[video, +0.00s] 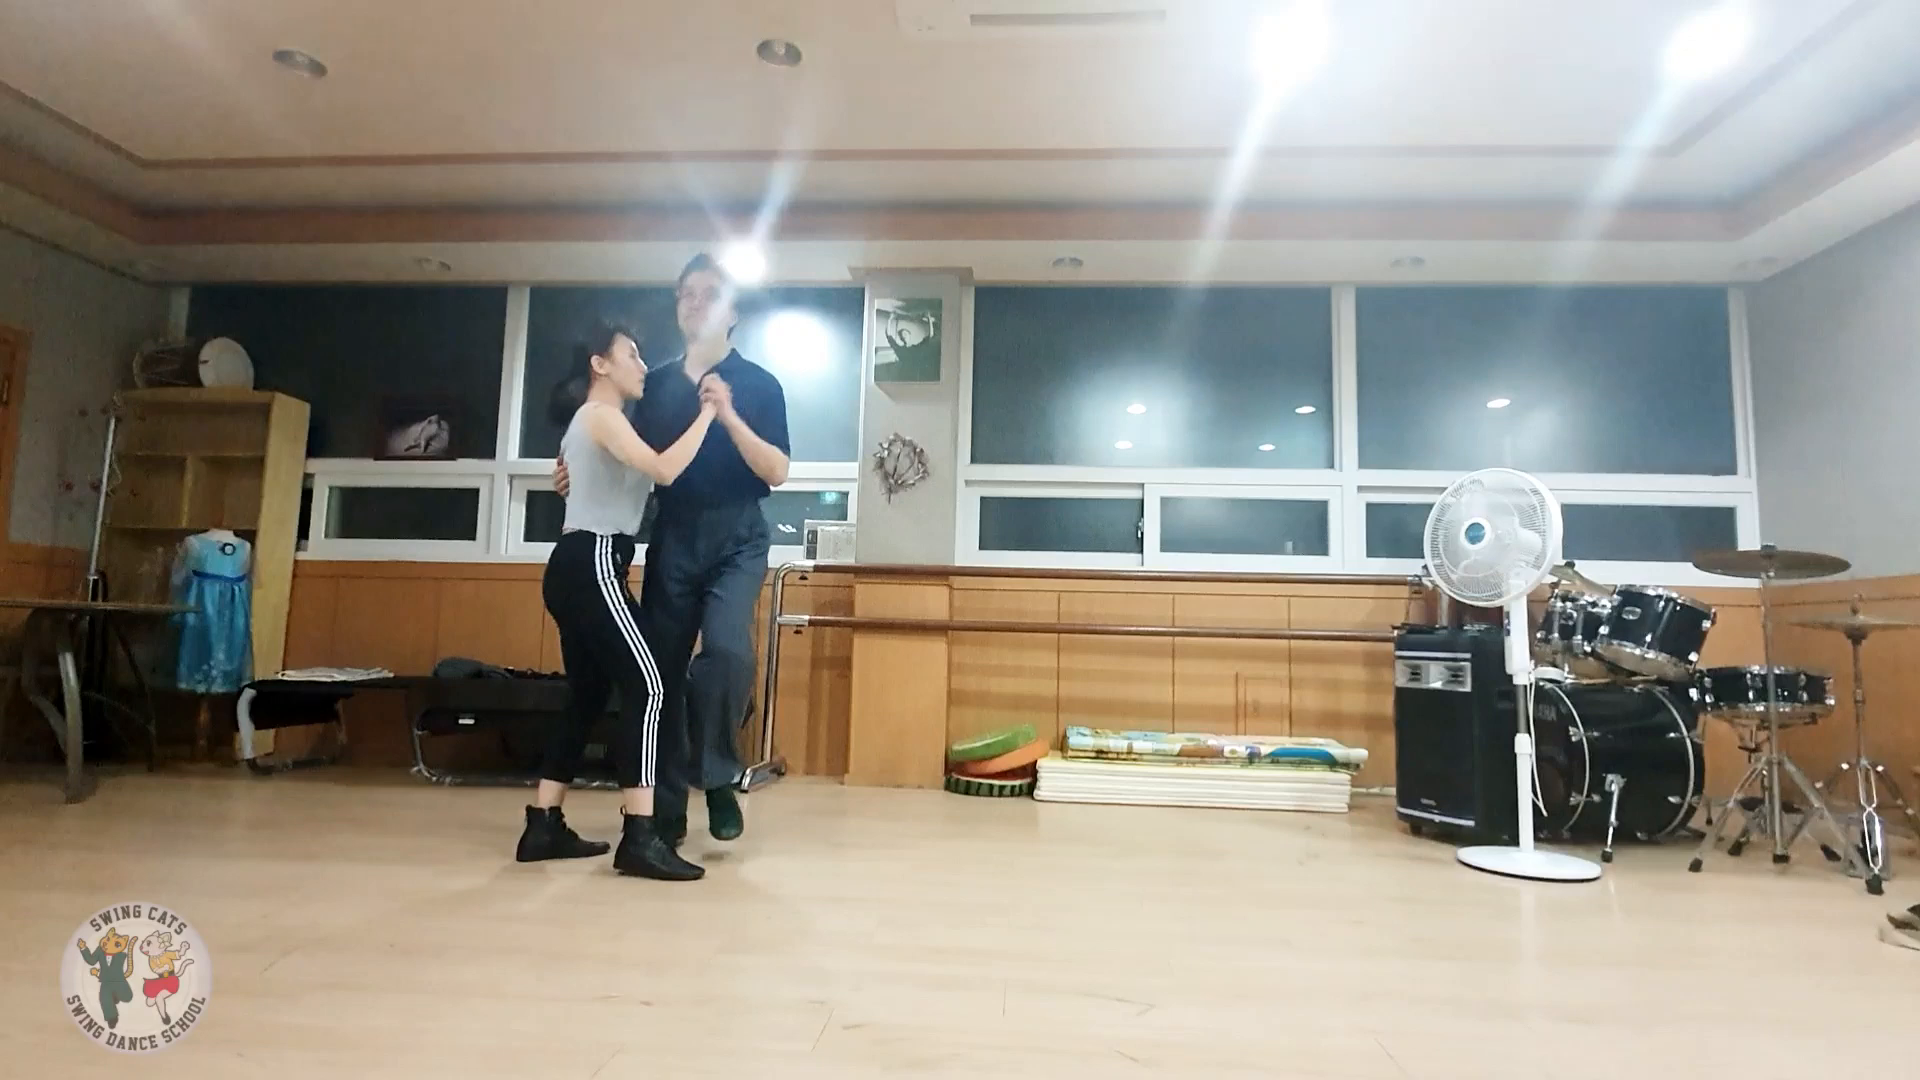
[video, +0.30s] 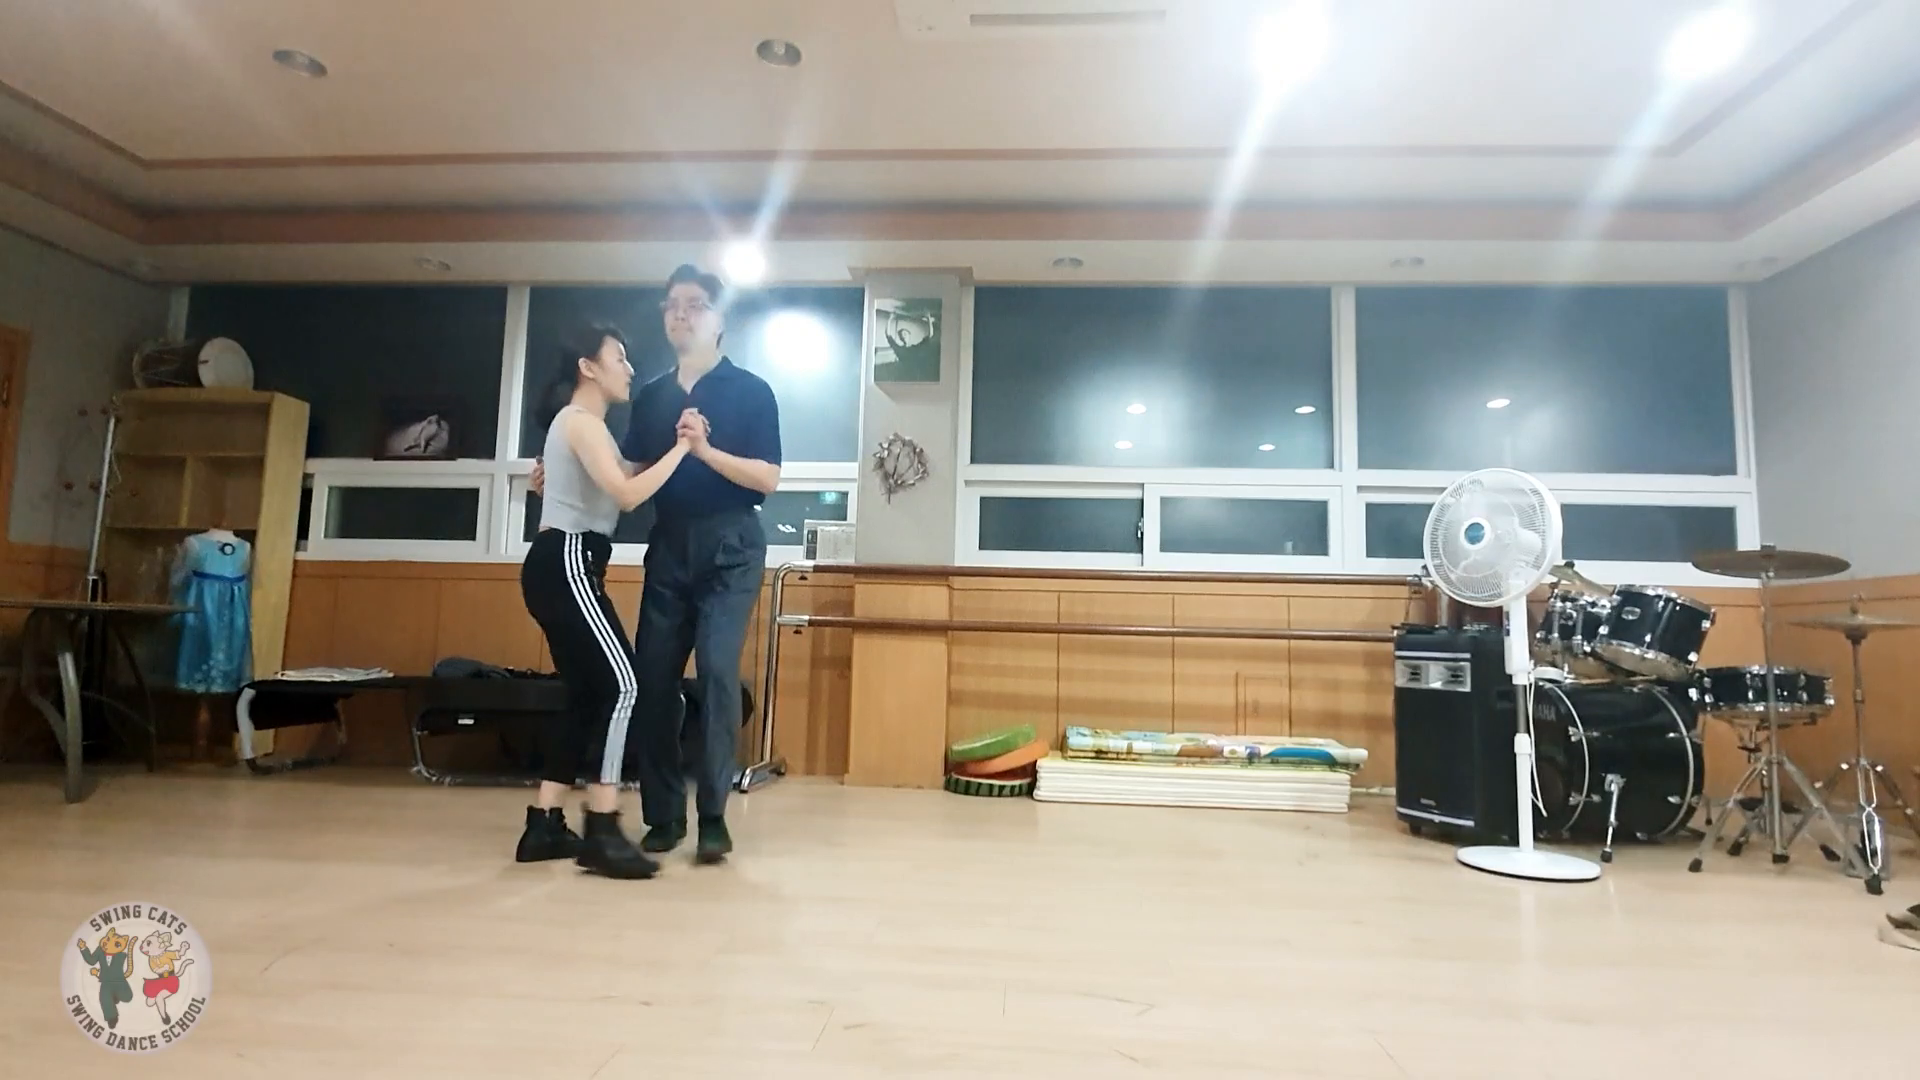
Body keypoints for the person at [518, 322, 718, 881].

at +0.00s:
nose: (643, 365)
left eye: (640, 355)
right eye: (632, 355)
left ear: (605, 368)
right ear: (600, 365)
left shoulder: (591, 422)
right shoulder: (601, 416)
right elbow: (664, 469)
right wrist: (709, 416)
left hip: (576, 565)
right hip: (593, 566)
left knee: (587, 693)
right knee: (650, 688)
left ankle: (543, 825)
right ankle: (640, 836)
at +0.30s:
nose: (630, 368)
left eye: (627, 359)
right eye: (620, 359)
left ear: (591, 371)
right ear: (588, 368)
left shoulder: (578, 423)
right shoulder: (581, 423)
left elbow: (611, 489)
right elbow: (626, 494)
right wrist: (683, 448)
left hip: (558, 563)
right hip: (566, 565)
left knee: (585, 691)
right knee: (624, 685)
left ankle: (544, 825)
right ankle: (603, 829)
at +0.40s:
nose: (620, 367)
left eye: (617, 358)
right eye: (610, 358)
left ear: (583, 367)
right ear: (578, 365)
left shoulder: (577, 421)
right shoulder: (566, 420)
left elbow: (610, 489)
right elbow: (617, 492)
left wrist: (648, 464)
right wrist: (674, 452)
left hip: (560, 560)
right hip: (547, 560)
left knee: (587, 686)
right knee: (595, 686)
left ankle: (547, 818)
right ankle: (535, 821)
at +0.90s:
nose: (571, 378)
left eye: (571, 368)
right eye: (560, 367)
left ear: (546, 378)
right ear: (523, 374)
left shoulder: (546, 441)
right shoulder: (501, 424)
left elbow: (568, 509)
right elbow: (573, 484)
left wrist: (624, 472)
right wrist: (636, 457)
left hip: (497, 571)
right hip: (451, 559)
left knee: (552, 682)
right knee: (445, 694)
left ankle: (547, 815)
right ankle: (427, 828)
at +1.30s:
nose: (583, 384)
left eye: (584, 375)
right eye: (572, 373)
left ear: (574, 384)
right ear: (538, 378)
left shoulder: (563, 443)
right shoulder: (519, 431)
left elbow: (588, 512)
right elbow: (587, 489)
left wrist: (644, 476)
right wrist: (649, 467)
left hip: (552, 573)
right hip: (514, 569)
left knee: (577, 687)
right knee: (546, 693)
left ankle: (555, 815)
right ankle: (465, 807)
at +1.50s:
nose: (589, 381)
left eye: (590, 373)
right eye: (576, 372)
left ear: (589, 384)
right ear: (543, 380)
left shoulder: (579, 448)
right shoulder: (521, 432)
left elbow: (610, 512)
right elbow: (577, 479)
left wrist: (662, 473)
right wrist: (654, 462)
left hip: (556, 573)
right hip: (514, 568)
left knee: (574, 686)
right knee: (539, 689)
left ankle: (556, 814)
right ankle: (502, 815)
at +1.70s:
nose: (595, 381)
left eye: (600, 375)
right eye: (582, 371)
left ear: (605, 390)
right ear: (554, 381)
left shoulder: (603, 455)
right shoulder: (531, 429)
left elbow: (637, 515)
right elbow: (560, 465)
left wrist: (674, 464)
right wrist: (620, 445)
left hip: (561, 574)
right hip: (513, 566)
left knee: (601, 674)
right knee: (518, 688)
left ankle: (574, 800)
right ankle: (498, 815)